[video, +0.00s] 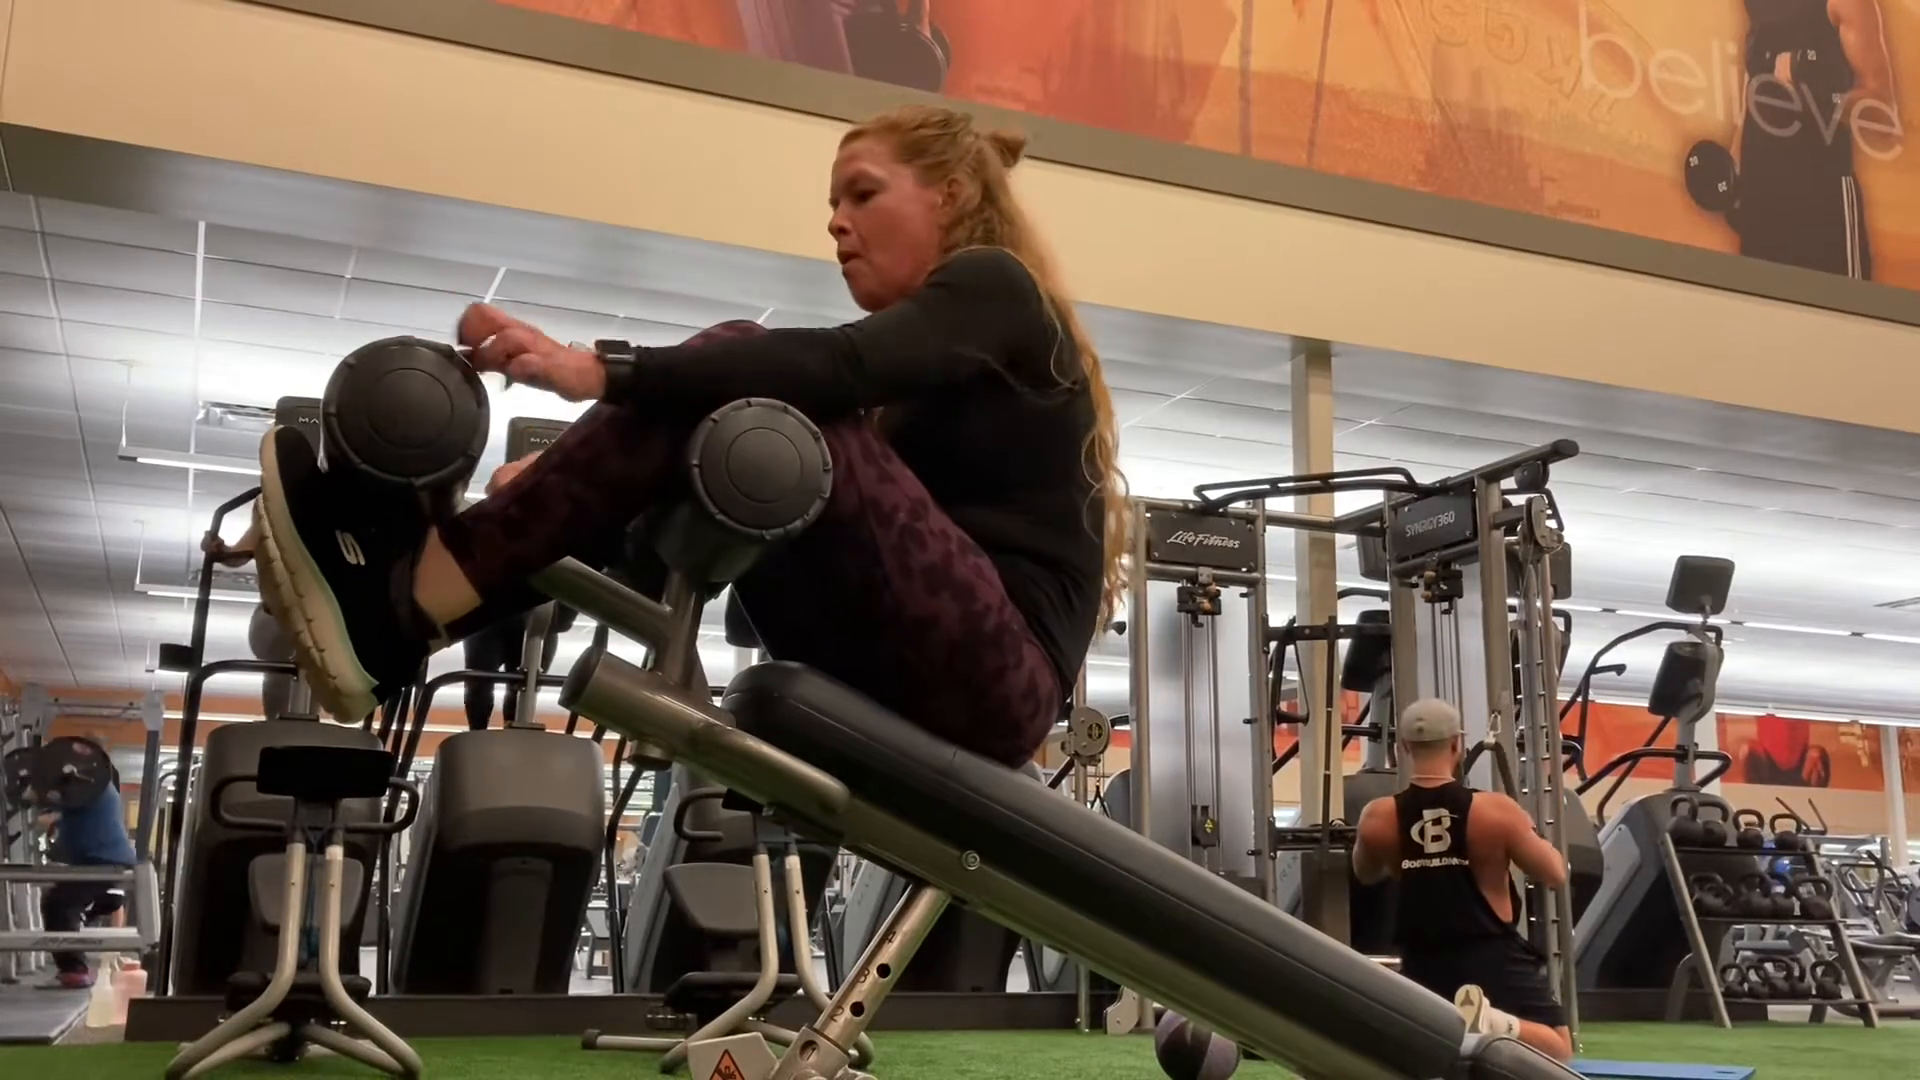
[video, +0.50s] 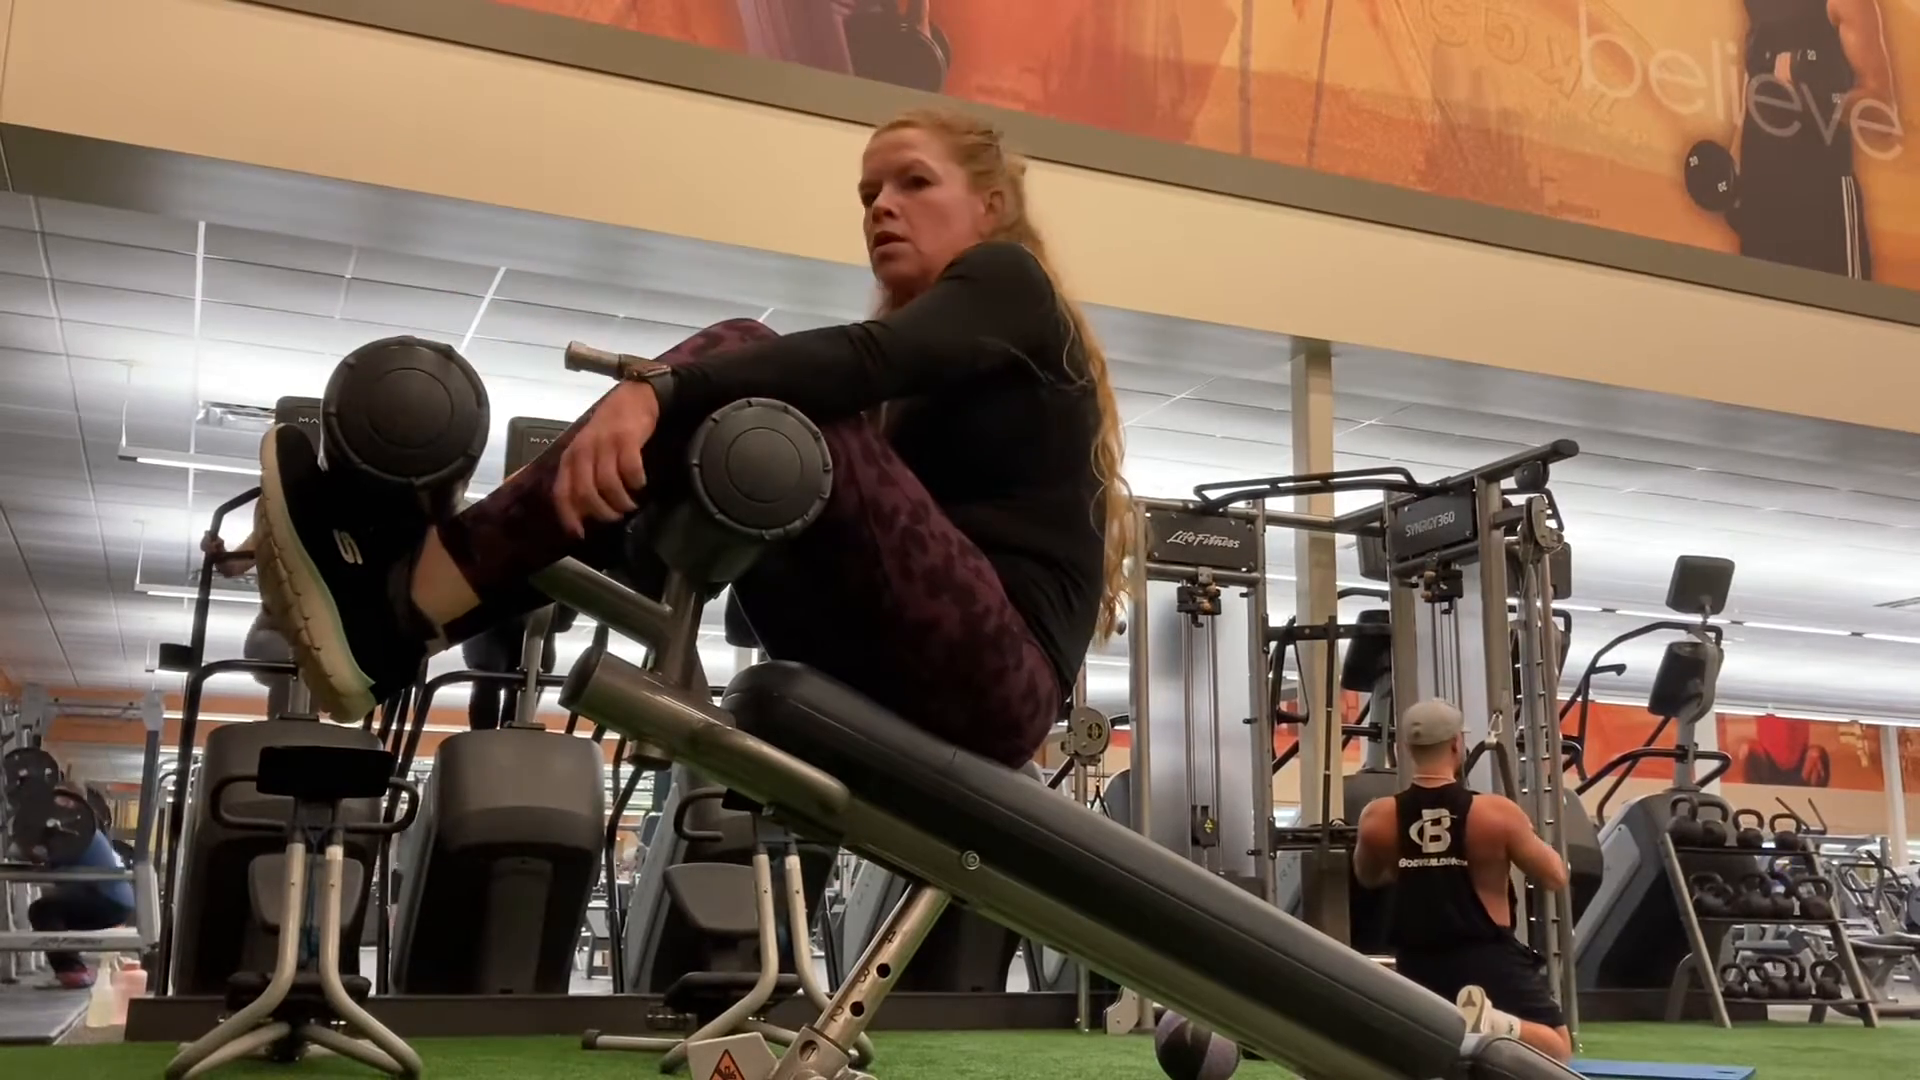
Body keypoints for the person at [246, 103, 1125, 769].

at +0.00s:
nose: (835, 223)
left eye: (862, 196)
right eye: (835, 205)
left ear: (953, 199)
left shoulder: (995, 292)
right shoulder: (897, 345)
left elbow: (827, 373)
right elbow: (765, 416)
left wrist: (592, 369)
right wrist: (554, 480)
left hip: (991, 677)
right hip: (900, 659)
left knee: (764, 359)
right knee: (731, 381)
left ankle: (422, 602)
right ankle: (411, 600)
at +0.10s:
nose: (845, 220)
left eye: (874, 192)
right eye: (847, 199)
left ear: (965, 199)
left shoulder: (1007, 289)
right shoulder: (897, 344)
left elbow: (843, 371)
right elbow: (764, 394)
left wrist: (634, 384)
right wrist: (598, 391)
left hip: (993, 676)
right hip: (886, 652)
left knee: (769, 363)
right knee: (734, 363)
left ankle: (431, 595)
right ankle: (418, 595)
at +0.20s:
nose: (855, 218)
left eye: (883, 191)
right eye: (857, 198)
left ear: (970, 198)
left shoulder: (1011, 286)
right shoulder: (909, 337)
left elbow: (855, 371)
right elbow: (776, 375)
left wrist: (648, 388)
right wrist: (603, 388)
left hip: (994, 677)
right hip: (894, 653)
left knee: (774, 373)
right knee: (738, 357)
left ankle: (429, 599)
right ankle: (422, 587)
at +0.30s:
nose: (863, 218)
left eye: (891, 191)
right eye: (864, 197)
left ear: (977, 199)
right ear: (912, 214)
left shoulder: (1012, 286)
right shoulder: (919, 334)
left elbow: (855, 371)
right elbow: (788, 371)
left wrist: (643, 390)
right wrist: (626, 385)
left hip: (993, 676)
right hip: (896, 654)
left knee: (765, 363)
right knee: (733, 359)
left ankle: (434, 592)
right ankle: (421, 591)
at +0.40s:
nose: (873, 215)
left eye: (902, 189)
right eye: (868, 199)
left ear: (986, 200)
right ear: (876, 224)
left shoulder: (1013, 285)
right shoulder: (908, 340)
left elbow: (858, 369)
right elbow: (781, 375)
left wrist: (651, 391)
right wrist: (631, 406)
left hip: (993, 677)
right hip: (882, 655)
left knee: (768, 367)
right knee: (737, 358)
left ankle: (431, 593)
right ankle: (416, 603)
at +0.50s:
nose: (880, 212)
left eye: (911, 186)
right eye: (871, 198)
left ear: (989, 204)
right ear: (870, 228)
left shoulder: (1010, 284)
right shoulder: (891, 344)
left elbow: (859, 371)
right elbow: (772, 377)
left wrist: (654, 388)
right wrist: (663, 399)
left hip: (992, 677)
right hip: (869, 652)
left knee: (783, 401)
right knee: (735, 354)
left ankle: (425, 600)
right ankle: (414, 596)